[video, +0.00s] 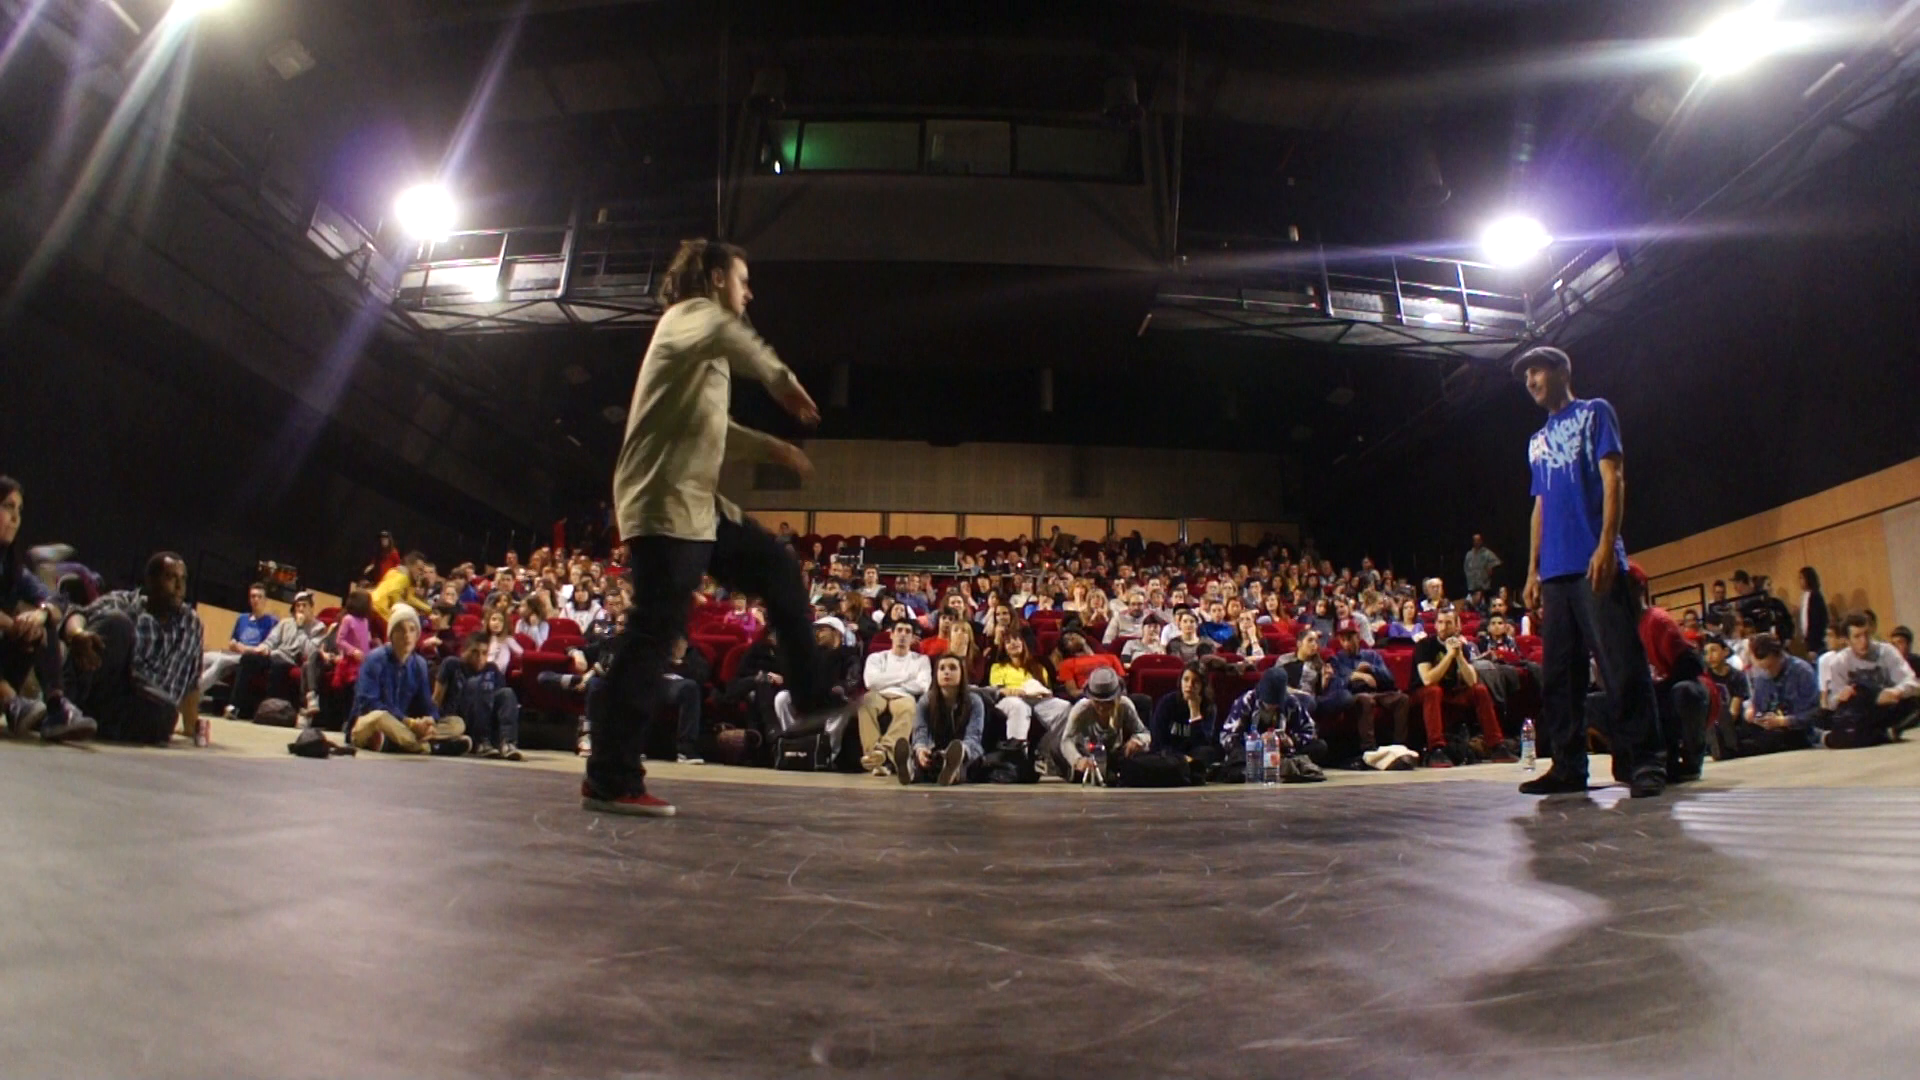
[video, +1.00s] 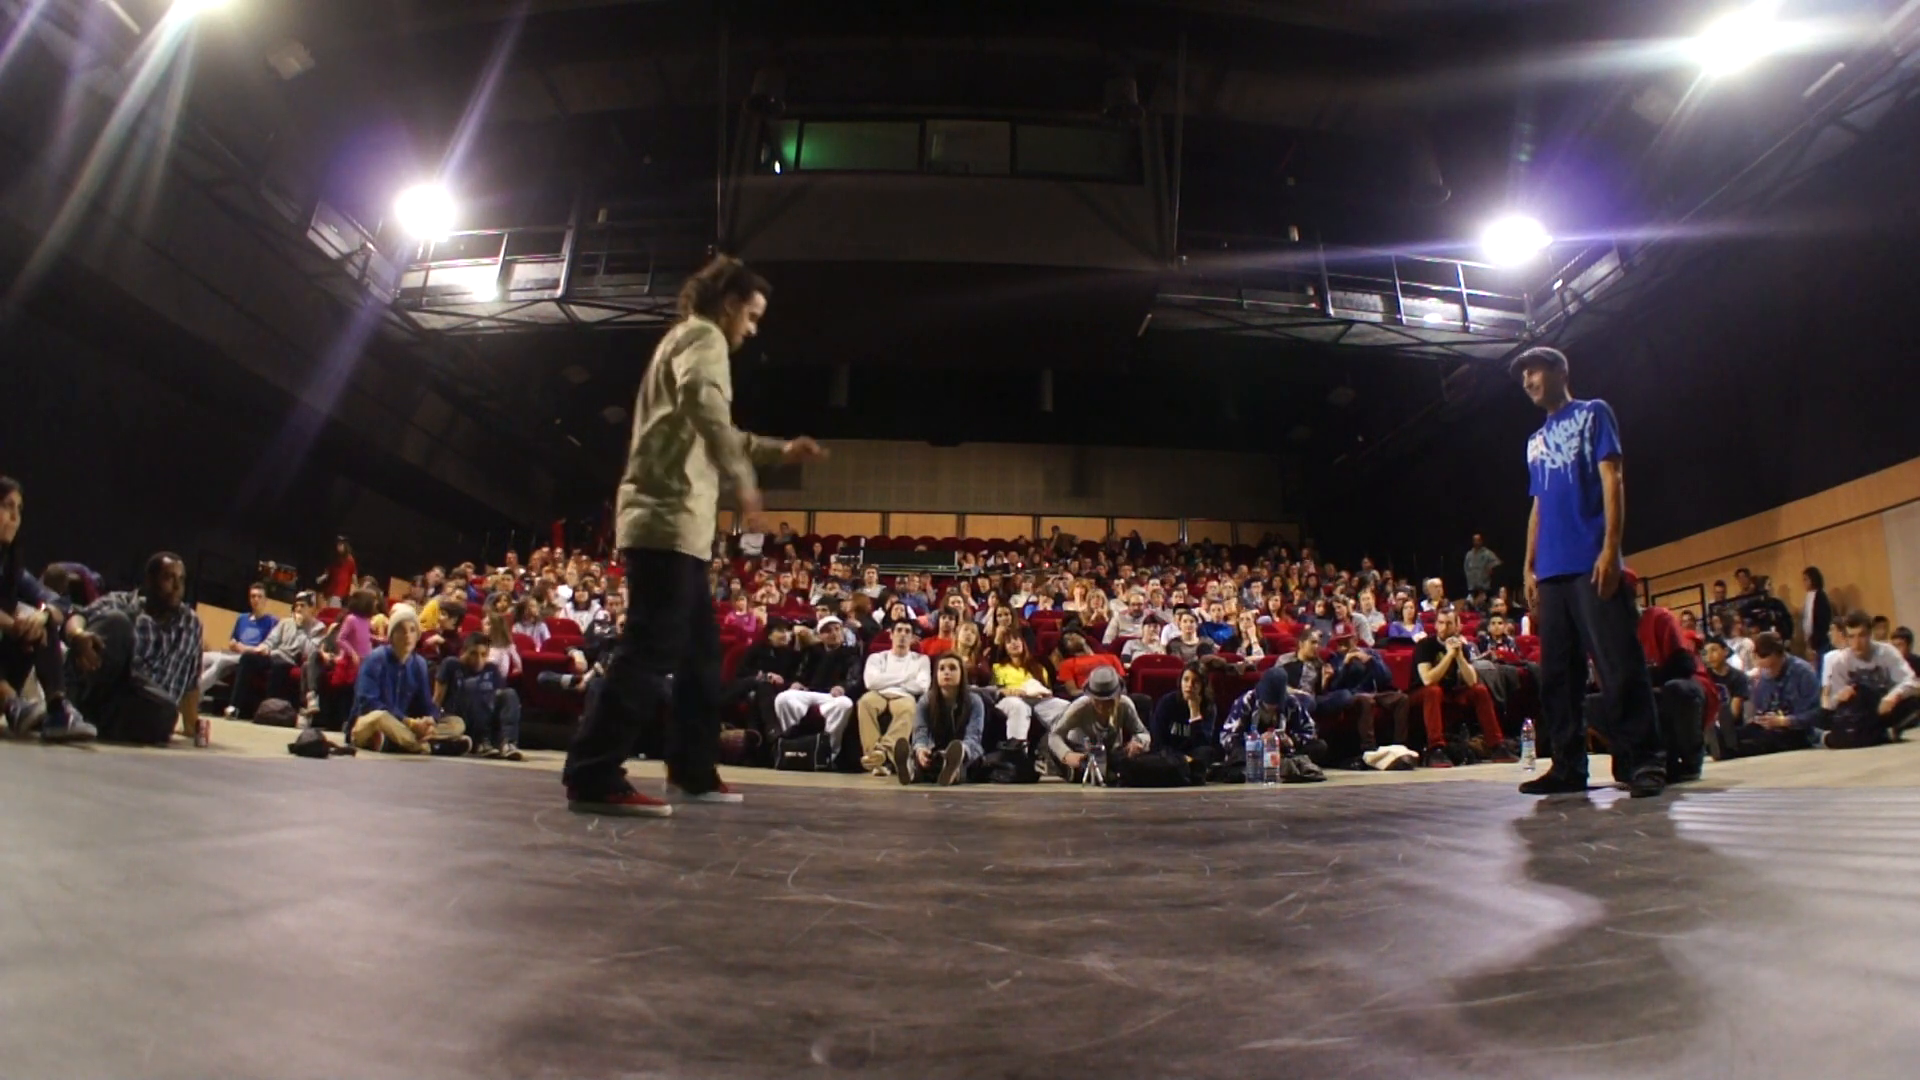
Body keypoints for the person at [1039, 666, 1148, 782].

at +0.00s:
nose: (1102, 707)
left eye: (1108, 702)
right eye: (1097, 703)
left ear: (1117, 696)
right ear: (1090, 697)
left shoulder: (1125, 705)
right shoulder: (1080, 708)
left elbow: (1144, 733)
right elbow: (1066, 741)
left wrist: (1137, 741)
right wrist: (1078, 761)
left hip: (1115, 754)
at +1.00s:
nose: (1101, 706)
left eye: (1107, 702)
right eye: (1097, 701)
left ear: (1117, 696)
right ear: (1090, 695)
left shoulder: (1125, 704)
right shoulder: (1079, 707)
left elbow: (1143, 734)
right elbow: (1054, 735)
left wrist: (1138, 743)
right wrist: (1067, 755)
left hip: (1112, 754)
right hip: (1082, 755)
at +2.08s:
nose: (1095, 690)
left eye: (1099, 684)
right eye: (1089, 685)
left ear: (1107, 680)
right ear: (1083, 683)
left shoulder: (1118, 696)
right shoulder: (1071, 697)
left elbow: (1131, 727)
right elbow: (1056, 730)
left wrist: (1134, 740)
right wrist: (1062, 735)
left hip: (1112, 753)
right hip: (1080, 754)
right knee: (1058, 750)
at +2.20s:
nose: (1094, 690)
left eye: (1099, 685)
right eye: (1089, 685)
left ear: (1108, 680)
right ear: (1082, 683)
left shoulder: (1117, 695)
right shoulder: (1071, 697)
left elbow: (1133, 728)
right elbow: (1054, 731)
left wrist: (1130, 741)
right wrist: (1062, 734)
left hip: (1111, 754)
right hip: (1079, 756)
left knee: (1139, 749)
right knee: (1057, 749)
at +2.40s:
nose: (1094, 690)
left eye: (1099, 684)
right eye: (1089, 685)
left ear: (1107, 680)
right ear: (1082, 683)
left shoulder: (1117, 695)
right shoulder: (1071, 697)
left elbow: (1134, 728)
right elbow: (1055, 731)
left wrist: (1130, 741)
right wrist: (1063, 734)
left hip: (1112, 756)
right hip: (1079, 757)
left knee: (1140, 749)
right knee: (1058, 749)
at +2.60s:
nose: (1094, 689)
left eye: (1099, 684)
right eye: (1088, 684)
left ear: (1107, 680)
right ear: (1082, 683)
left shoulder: (1117, 695)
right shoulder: (1072, 695)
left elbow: (1136, 729)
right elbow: (1054, 730)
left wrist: (1129, 741)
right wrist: (1066, 735)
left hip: (1111, 758)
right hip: (1079, 759)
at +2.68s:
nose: (1094, 689)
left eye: (1099, 684)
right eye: (1089, 685)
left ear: (1107, 680)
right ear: (1083, 683)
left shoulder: (1117, 695)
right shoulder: (1072, 695)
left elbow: (1136, 729)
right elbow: (1054, 731)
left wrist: (1129, 741)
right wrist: (1066, 735)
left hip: (1111, 758)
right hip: (1079, 759)